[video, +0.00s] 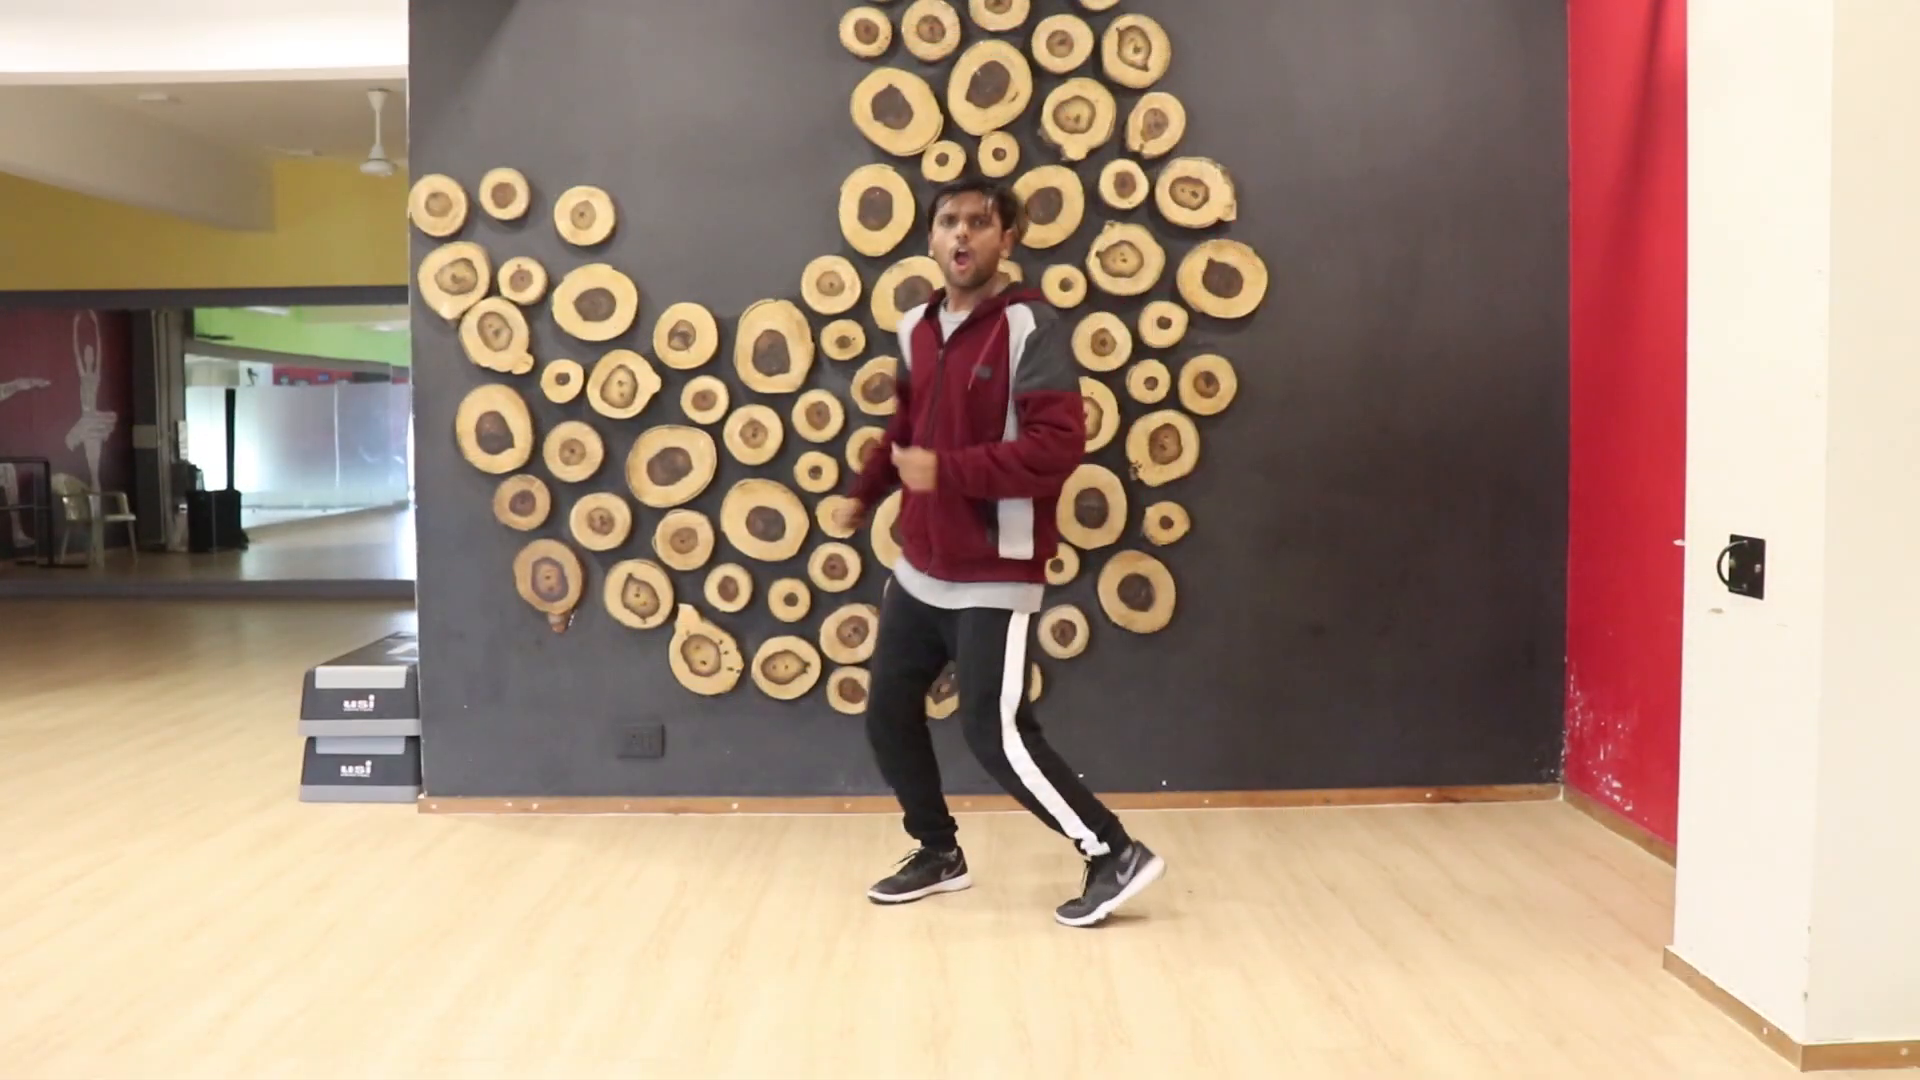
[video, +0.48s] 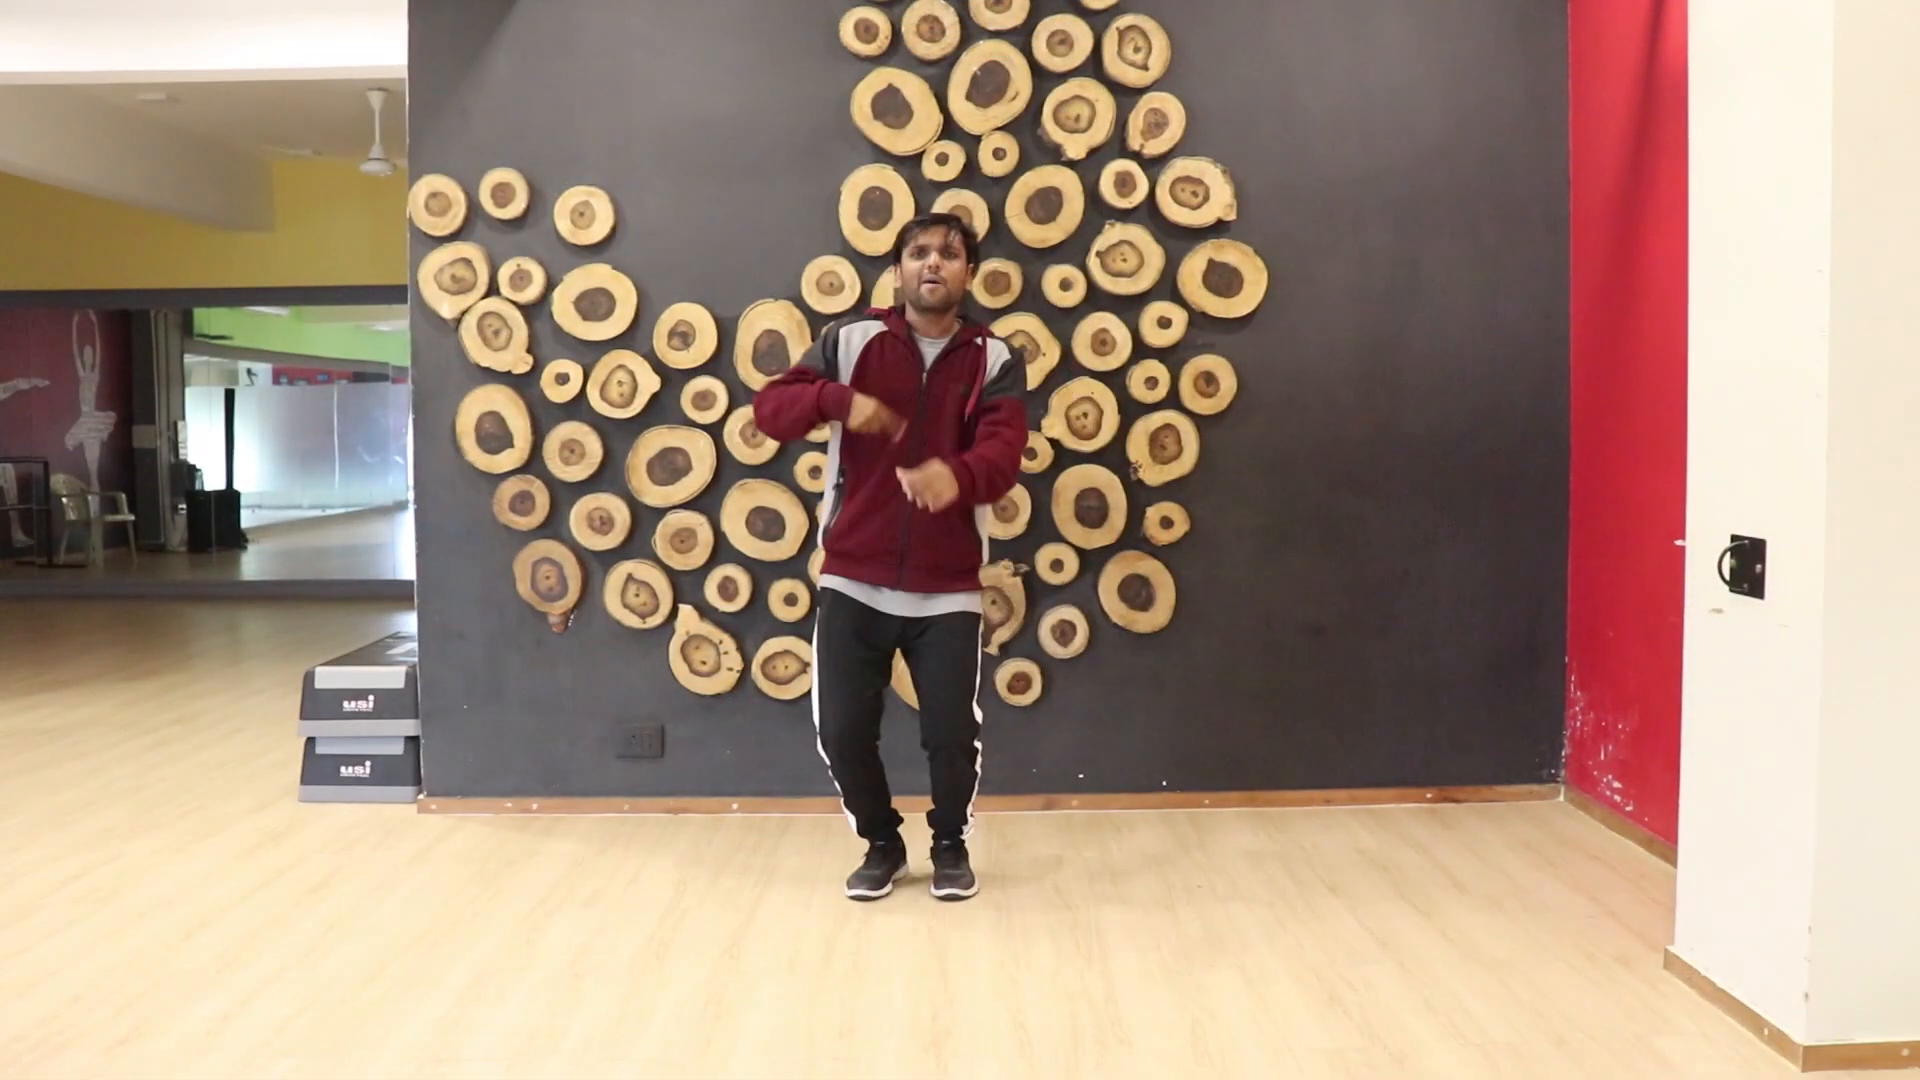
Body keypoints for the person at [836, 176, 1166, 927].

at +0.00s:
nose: (961, 236)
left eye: (977, 224)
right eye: (949, 224)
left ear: (1007, 240)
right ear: (931, 240)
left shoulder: (1032, 329)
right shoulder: (920, 331)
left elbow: (1057, 446)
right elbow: (907, 422)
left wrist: (945, 470)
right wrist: (861, 493)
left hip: (1000, 573)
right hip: (924, 564)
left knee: (996, 730)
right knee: (889, 714)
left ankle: (1113, 854)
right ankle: (937, 850)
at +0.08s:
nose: (949, 231)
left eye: (965, 219)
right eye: (937, 218)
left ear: (991, 237)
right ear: (919, 235)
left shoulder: (1021, 324)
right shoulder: (895, 318)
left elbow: (1074, 427)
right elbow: (875, 420)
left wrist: (980, 464)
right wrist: (808, 467)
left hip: (986, 565)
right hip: (905, 559)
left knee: (971, 710)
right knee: (881, 706)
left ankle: (1079, 831)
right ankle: (936, 850)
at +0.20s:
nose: (937, 204)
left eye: (953, 193)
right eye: (925, 192)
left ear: (980, 208)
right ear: (906, 207)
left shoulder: (1016, 292)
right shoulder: (876, 291)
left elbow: (1068, 396)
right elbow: (831, 385)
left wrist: (977, 408)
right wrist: (746, 411)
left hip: (976, 537)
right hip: (885, 530)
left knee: (967, 691)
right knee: (877, 688)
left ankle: (987, 821)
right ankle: (914, 833)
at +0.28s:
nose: (934, 211)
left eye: (949, 199)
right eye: (920, 200)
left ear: (974, 214)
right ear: (900, 214)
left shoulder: (1008, 294)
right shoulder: (865, 295)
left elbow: (1049, 397)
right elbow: (810, 389)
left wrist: (963, 385)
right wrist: (723, 385)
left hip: (970, 539)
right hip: (878, 534)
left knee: (960, 699)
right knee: (864, 691)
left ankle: (955, 839)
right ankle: (889, 833)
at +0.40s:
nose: (927, 254)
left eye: (942, 243)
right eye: (914, 243)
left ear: (967, 264)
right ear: (893, 262)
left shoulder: (995, 342)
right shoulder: (854, 337)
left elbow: (1018, 431)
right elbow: (796, 430)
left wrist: (951, 426)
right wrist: (800, 382)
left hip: (954, 576)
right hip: (862, 569)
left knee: (952, 722)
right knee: (846, 724)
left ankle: (949, 844)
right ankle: (881, 844)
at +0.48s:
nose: (934, 264)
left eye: (949, 254)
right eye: (920, 253)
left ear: (970, 274)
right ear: (898, 271)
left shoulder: (992, 359)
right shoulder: (851, 341)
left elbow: (1005, 451)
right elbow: (771, 405)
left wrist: (956, 474)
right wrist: (837, 403)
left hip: (947, 585)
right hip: (853, 577)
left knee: (951, 730)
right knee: (840, 732)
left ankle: (949, 846)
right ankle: (881, 845)